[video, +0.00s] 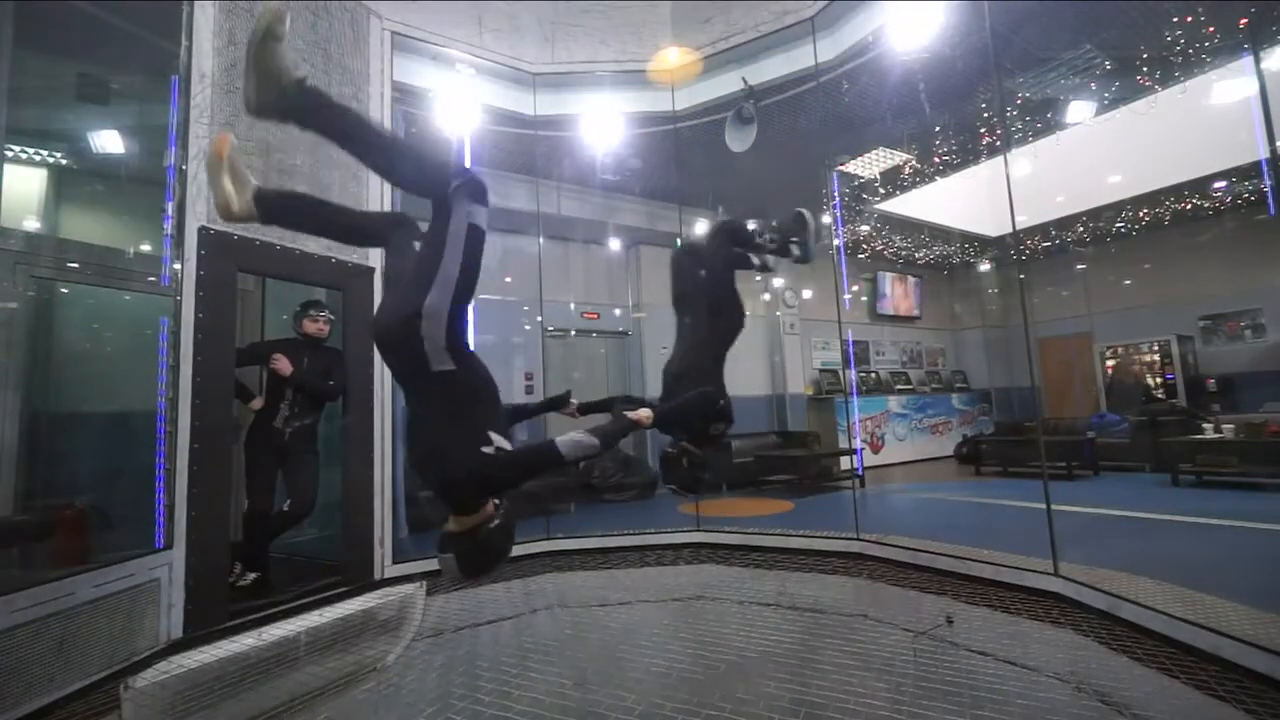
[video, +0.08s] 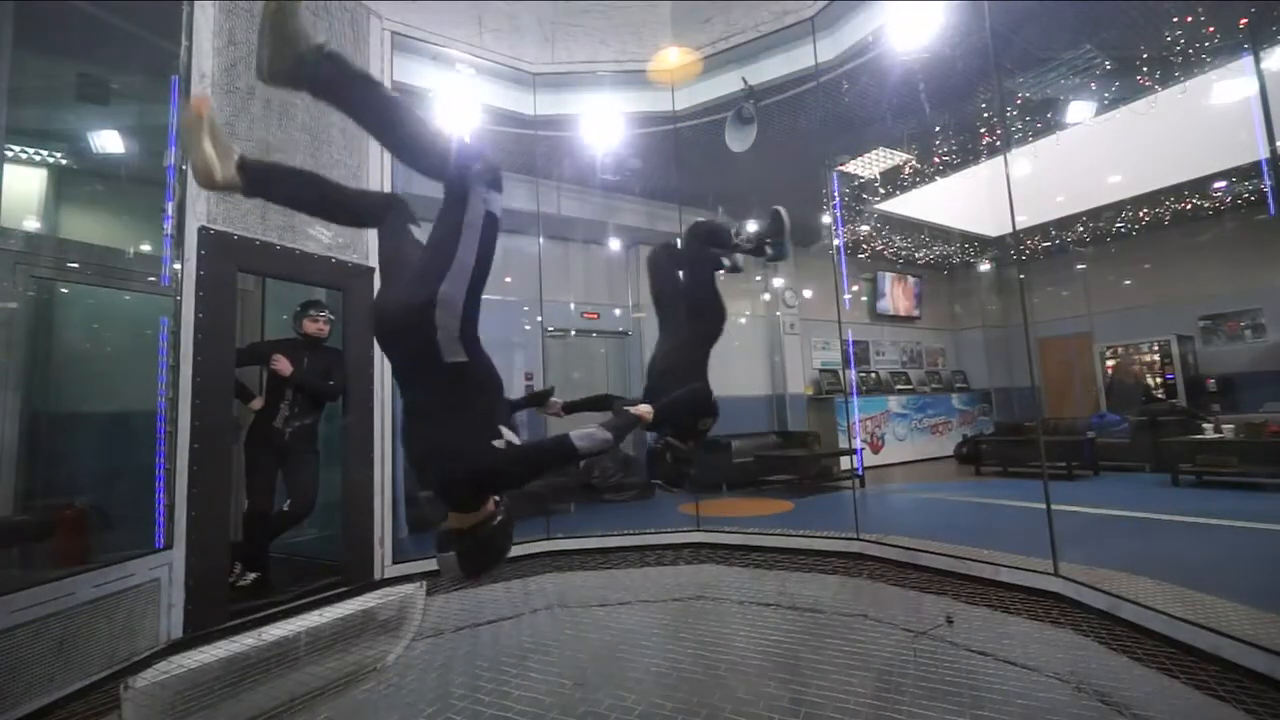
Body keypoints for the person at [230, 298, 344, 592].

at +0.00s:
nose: (321, 324)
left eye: (326, 320)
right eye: (314, 319)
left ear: (331, 325)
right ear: (300, 322)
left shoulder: (334, 357)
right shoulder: (279, 348)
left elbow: (333, 392)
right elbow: (224, 361)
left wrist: (293, 373)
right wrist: (249, 397)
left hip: (302, 441)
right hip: (264, 437)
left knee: (303, 505)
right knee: (260, 505)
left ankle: (243, 553)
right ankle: (254, 570)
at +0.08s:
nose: (321, 324)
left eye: (326, 320)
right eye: (314, 319)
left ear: (331, 326)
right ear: (300, 323)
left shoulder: (334, 357)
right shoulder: (279, 348)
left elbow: (333, 392)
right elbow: (224, 361)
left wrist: (292, 373)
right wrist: (250, 398)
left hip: (302, 441)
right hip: (264, 436)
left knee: (302, 505)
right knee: (259, 504)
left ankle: (242, 553)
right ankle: (254, 569)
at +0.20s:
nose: (321, 324)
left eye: (326, 320)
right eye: (315, 319)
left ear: (330, 326)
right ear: (300, 323)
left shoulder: (335, 358)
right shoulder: (279, 348)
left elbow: (332, 392)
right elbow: (224, 361)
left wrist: (293, 373)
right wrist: (250, 398)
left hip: (302, 442)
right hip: (264, 437)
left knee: (302, 505)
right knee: (260, 505)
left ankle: (242, 553)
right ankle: (254, 570)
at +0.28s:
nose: (321, 324)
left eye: (326, 320)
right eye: (315, 319)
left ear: (330, 326)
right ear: (300, 323)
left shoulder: (335, 358)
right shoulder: (279, 348)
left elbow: (332, 392)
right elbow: (224, 361)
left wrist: (293, 373)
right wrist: (250, 398)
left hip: (302, 443)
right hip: (264, 437)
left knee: (302, 505)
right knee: (260, 505)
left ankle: (242, 553)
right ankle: (254, 570)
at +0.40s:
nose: (322, 324)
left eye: (326, 320)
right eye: (315, 319)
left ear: (330, 326)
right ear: (300, 323)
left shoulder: (334, 357)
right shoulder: (279, 349)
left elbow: (331, 392)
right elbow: (224, 361)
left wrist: (293, 373)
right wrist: (249, 397)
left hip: (302, 442)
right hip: (264, 437)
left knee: (303, 504)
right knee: (260, 505)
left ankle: (243, 553)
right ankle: (254, 571)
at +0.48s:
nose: (322, 324)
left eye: (326, 320)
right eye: (315, 319)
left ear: (331, 325)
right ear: (300, 323)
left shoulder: (334, 357)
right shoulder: (279, 348)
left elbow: (332, 392)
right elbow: (224, 361)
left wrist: (293, 373)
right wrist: (249, 397)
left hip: (302, 442)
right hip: (264, 437)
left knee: (303, 505)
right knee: (260, 505)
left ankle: (243, 553)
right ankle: (254, 570)